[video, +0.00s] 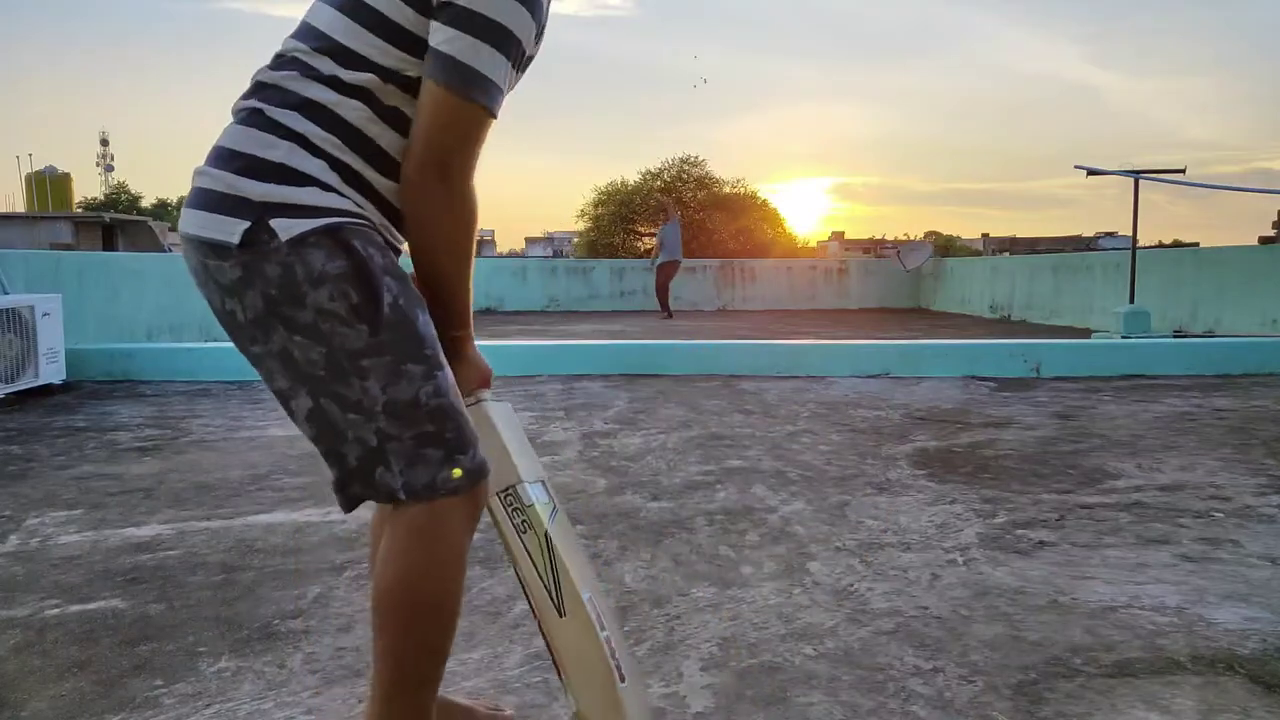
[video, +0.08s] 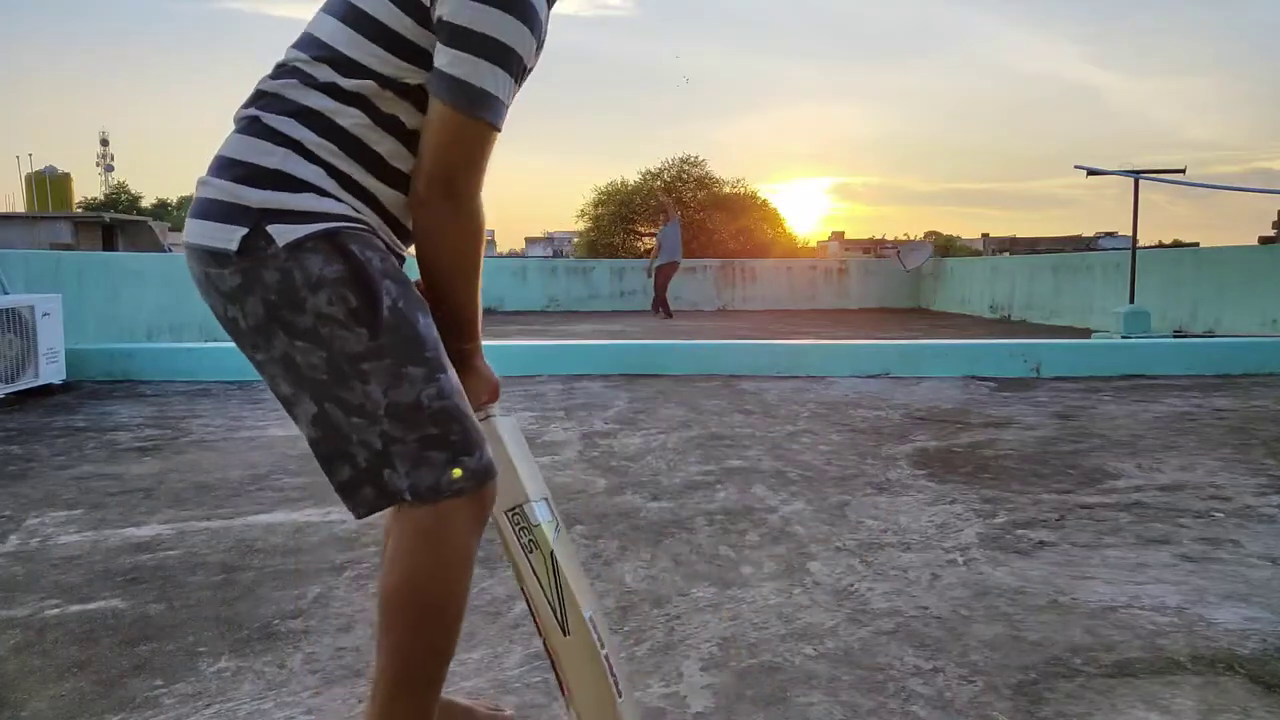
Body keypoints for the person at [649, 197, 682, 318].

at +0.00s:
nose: (663, 217)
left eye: (665, 215)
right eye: (661, 215)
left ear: (669, 215)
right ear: (660, 217)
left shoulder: (673, 223)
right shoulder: (661, 230)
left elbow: (669, 206)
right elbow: (657, 246)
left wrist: (660, 197)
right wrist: (652, 260)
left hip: (673, 257)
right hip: (663, 258)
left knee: (663, 284)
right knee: (660, 285)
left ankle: (667, 311)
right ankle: (665, 311)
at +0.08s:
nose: (662, 218)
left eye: (664, 216)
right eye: (661, 216)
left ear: (668, 217)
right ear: (660, 218)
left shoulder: (673, 224)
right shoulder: (660, 233)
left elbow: (669, 206)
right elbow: (655, 250)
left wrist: (660, 195)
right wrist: (650, 265)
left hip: (672, 259)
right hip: (662, 260)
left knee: (661, 286)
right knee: (658, 287)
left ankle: (666, 312)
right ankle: (665, 312)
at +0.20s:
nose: (665, 218)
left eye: (667, 216)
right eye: (665, 216)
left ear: (672, 217)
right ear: (665, 219)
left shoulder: (673, 226)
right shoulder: (662, 231)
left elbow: (669, 206)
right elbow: (646, 234)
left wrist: (664, 191)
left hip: (668, 262)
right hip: (659, 263)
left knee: (660, 289)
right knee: (655, 290)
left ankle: (666, 313)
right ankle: (664, 312)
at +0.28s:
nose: (666, 219)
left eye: (668, 217)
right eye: (665, 217)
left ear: (673, 218)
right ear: (664, 219)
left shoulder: (673, 228)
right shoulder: (663, 232)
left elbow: (668, 207)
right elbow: (647, 234)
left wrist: (665, 191)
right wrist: (635, 232)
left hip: (666, 264)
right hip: (655, 264)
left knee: (661, 290)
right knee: (653, 291)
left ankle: (663, 311)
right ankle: (664, 310)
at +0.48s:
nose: (681, 225)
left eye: (684, 224)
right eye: (681, 222)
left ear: (686, 229)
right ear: (678, 223)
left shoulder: (681, 239)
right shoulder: (670, 231)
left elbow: (674, 252)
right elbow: (671, 224)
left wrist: (660, 243)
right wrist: (676, 218)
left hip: (663, 265)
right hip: (650, 264)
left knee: (666, 291)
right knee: (650, 291)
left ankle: (663, 315)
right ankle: (658, 310)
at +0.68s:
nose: (691, 239)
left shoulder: (686, 254)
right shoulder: (680, 238)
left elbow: (671, 262)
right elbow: (681, 230)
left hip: (662, 265)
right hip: (651, 259)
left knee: (665, 289)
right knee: (638, 282)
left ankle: (662, 317)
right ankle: (633, 305)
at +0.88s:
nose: (689, 245)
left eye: (692, 242)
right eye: (688, 241)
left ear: (694, 245)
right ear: (685, 241)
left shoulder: (688, 254)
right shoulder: (676, 250)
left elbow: (672, 264)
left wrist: (660, 272)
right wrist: (680, 282)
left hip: (667, 266)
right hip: (653, 259)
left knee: (667, 290)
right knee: (639, 280)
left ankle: (662, 316)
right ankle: (630, 300)